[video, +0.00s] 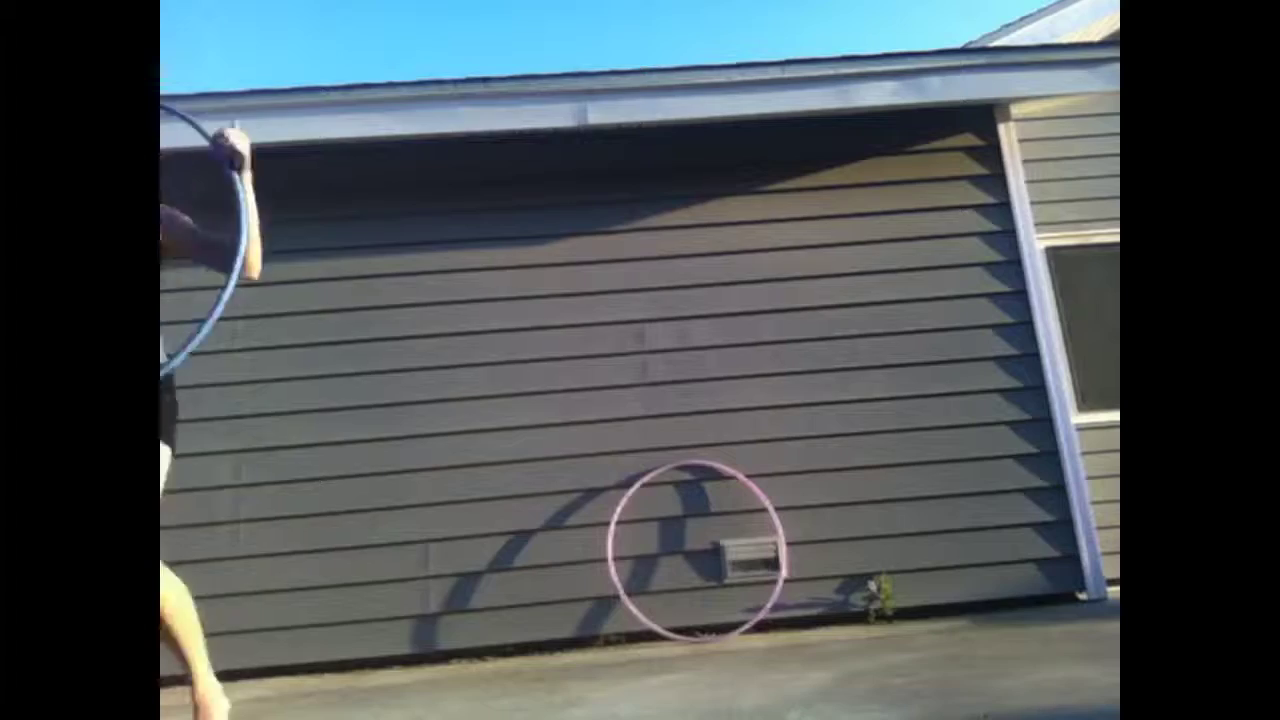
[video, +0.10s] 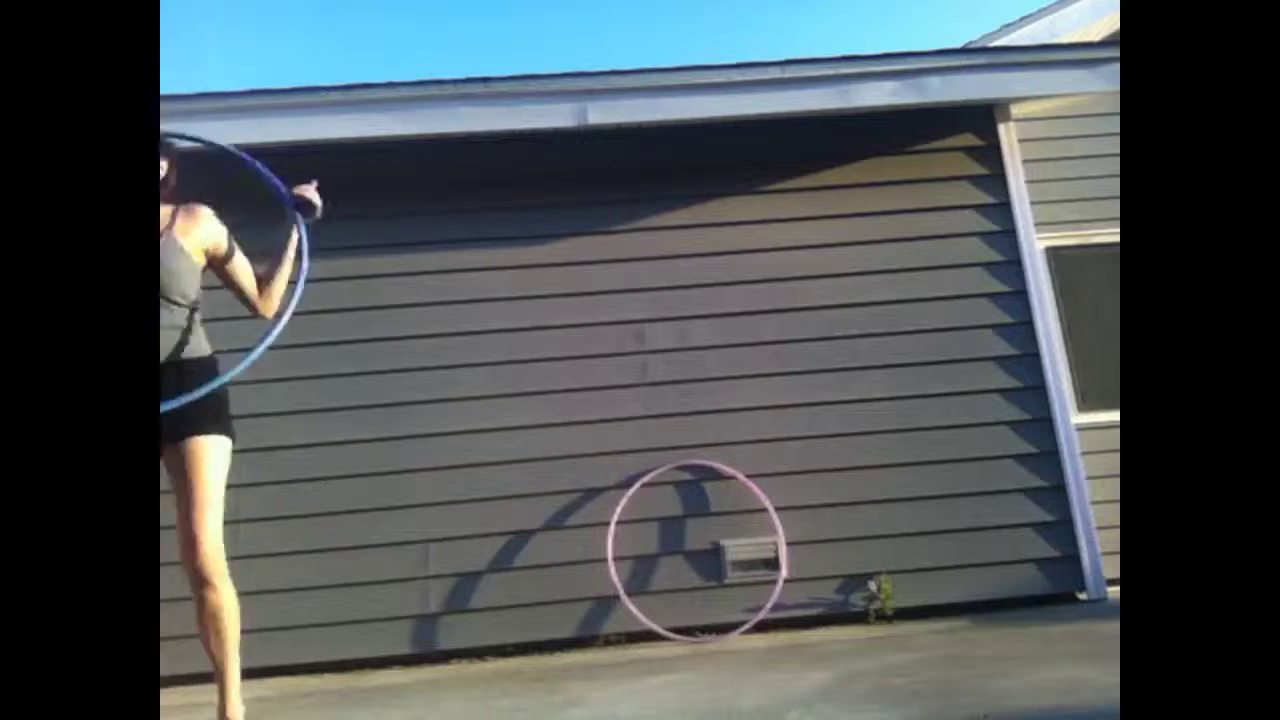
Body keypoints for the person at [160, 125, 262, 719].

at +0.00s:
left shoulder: (162, 222)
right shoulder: (167, 223)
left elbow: (249, 263)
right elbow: (248, 262)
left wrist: (241, 174)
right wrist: (240, 176)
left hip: (154, 405)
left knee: (157, 563)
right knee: (160, 566)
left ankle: (206, 688)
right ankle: (204, 687)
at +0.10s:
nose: (160, 162)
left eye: (162, 155)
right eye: (157, 154)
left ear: (170, 168)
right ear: (163, 169)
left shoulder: (197, 222)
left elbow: (266, 303)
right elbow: (265, 300)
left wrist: (295, 227)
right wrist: (298, 227)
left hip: (189, 388)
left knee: (202, 557)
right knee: (200, 559)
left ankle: (230, 706)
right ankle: (230, 702)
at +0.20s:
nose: (173, 179)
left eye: (184, 168)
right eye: (162, 168)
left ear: (204, 177)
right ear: (152, 180)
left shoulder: (240, 241)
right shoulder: (159, 242)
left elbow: (259, 333)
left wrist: (318, 282)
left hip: (237, 404)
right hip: (166, 408)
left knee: (236, 566)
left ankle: (236, 710)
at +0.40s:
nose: (265, 196)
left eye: (276, 185)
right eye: (252, 183)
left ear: (288, 186)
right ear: (225, 182)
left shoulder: (307, 248)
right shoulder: (187, 241)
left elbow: (301, 331)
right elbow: (160, 321)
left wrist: (362, 312)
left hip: (295, 400)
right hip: (221, 399)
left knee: (268, 557)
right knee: (295, 536)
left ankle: (244, 704)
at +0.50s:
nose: (309, 202)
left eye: (319, 191)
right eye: (296, 189)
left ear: (329, 190)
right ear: (267, 185)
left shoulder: (337, 251)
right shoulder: (224, 239)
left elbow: (327, 330)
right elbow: (179, 324)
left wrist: (387, 312)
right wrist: (166, 310)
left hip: (318, 404)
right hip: (248, 400)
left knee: (276, 569)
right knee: (333, 536)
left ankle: (241, 710)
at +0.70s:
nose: (397, 219)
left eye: (406, 208)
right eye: (385, 206)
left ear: (416, 205)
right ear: (354, 200)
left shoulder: (409, 257)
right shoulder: (317, 254)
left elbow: (393, 324)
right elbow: (259, 320)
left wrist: (447, 307)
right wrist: (224, 356)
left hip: (379, 413)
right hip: (321, 407)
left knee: (308, 572)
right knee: (402, 541)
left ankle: (246, 705)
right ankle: (437, 698)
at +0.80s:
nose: (443, 227)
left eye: (452, 215)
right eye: (431, 215)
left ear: (459, 208)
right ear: (397, 208)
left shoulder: (451, 255)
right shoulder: (358, 262)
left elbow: (430, 315)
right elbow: (306, 329)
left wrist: (489, 295)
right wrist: (279, 375)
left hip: (409, 409)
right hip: (354, 404)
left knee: (359, 567)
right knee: (427, 535)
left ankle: (266, 698)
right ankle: (439, 698)